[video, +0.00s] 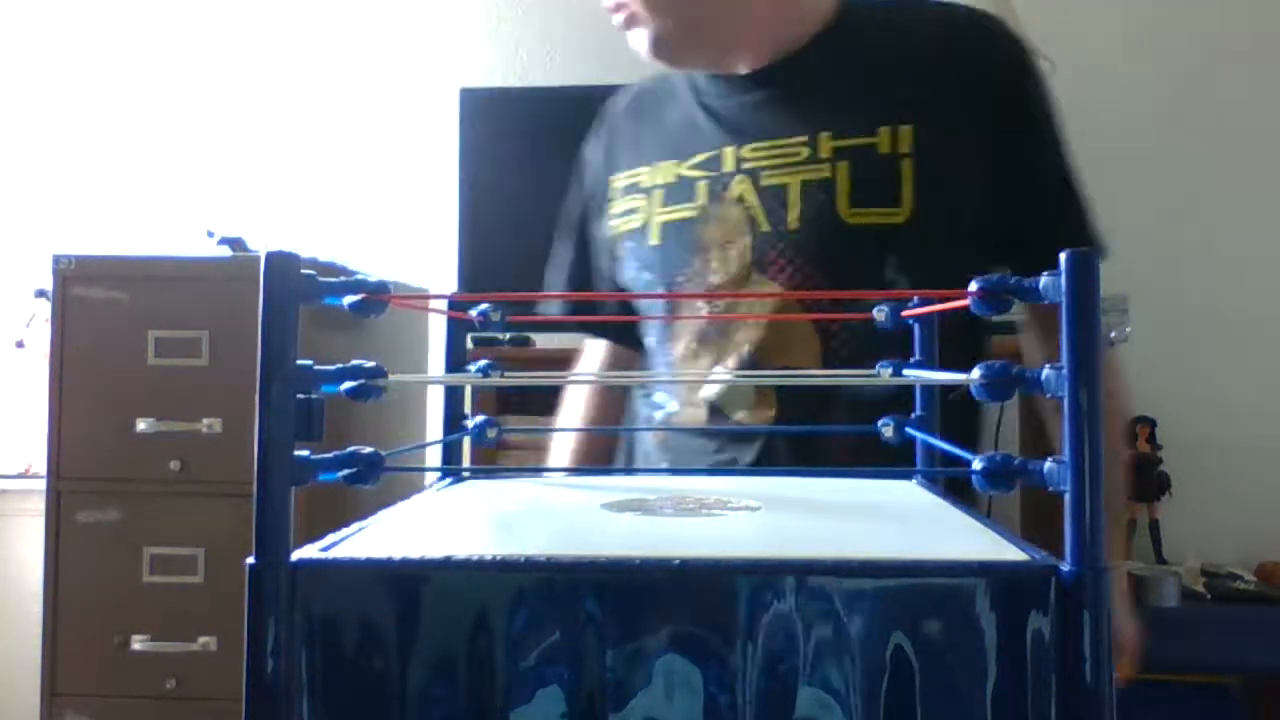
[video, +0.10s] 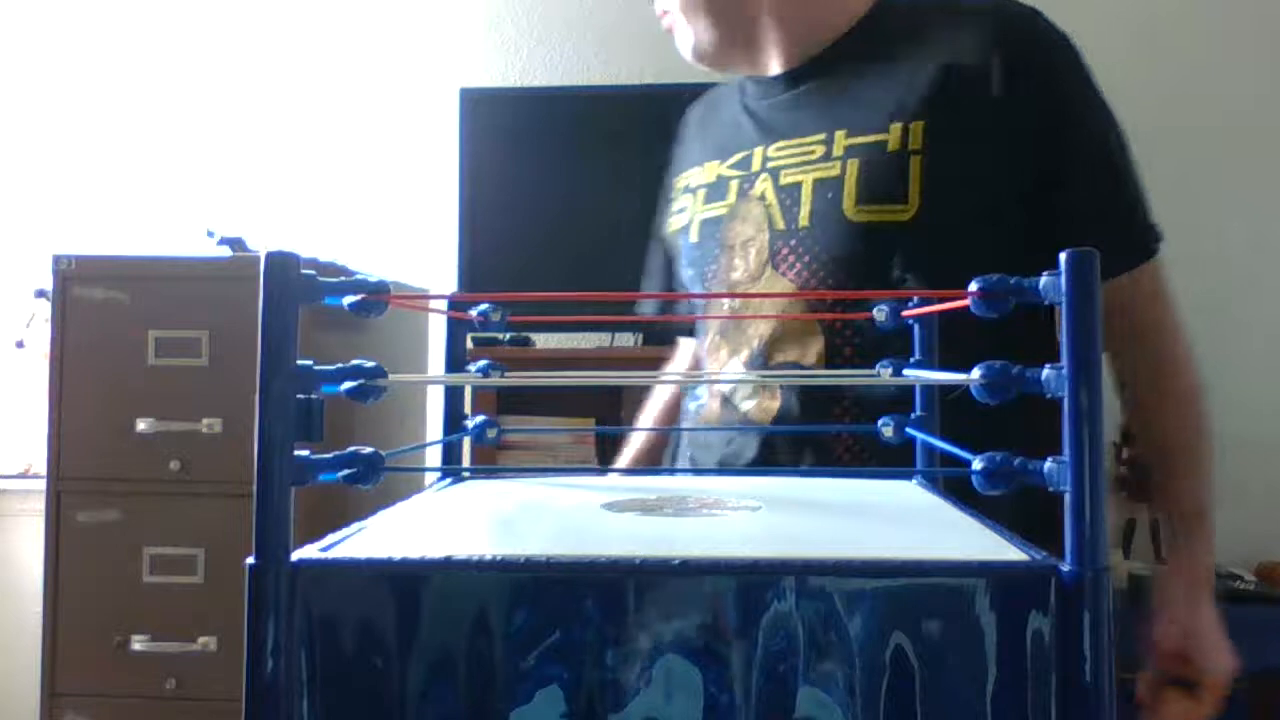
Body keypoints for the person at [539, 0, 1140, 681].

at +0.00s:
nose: (610, 0)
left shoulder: (964, 64)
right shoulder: (622, 127)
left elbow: (1067, 345)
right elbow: (603, 361)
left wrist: (1102, 572)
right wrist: (547, 546)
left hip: (900, 589)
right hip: (668, 590)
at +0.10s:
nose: (656, 3)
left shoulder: (998, 53)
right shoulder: (700, 125)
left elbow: (1143, 331)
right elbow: (706, 345)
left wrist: (1187, 576)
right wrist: (613, 510)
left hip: (960, 606)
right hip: (726, 603)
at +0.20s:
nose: (669, 3)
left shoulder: (999, 46)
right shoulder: (735, 125)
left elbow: (1165, 322)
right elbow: (744, 349)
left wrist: (1211, 591)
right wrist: (621, 498)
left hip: (971, 605)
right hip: (756, 603)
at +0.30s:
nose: (678, 3)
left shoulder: (999, 42)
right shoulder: (756, 130)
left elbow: (1170, 316)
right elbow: (763, 365)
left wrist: (1212, 601)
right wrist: (627, 481)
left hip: (968, 606)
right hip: (767, 606)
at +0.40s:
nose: (683, 4)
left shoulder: (999, 41)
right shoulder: (766, 129)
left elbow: (1171, 319)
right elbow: (770, 369)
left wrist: (1204, 605)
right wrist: (633, 468)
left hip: (974, 604)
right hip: (778, 606)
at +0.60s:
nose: (674, 7)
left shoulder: (990, 44)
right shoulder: (752, 125)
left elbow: (1145, 321)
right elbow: (756, 354)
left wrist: (1177, 599)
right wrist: (566, 374)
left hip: (962, 605)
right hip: (752, 603)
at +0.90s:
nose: (652, 3)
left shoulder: (939, 55)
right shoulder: (668, 130)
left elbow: (1091, 310)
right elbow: (562, 264)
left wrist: (1144, 562)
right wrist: (394, 211)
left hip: (916, 585)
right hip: (695, 585)